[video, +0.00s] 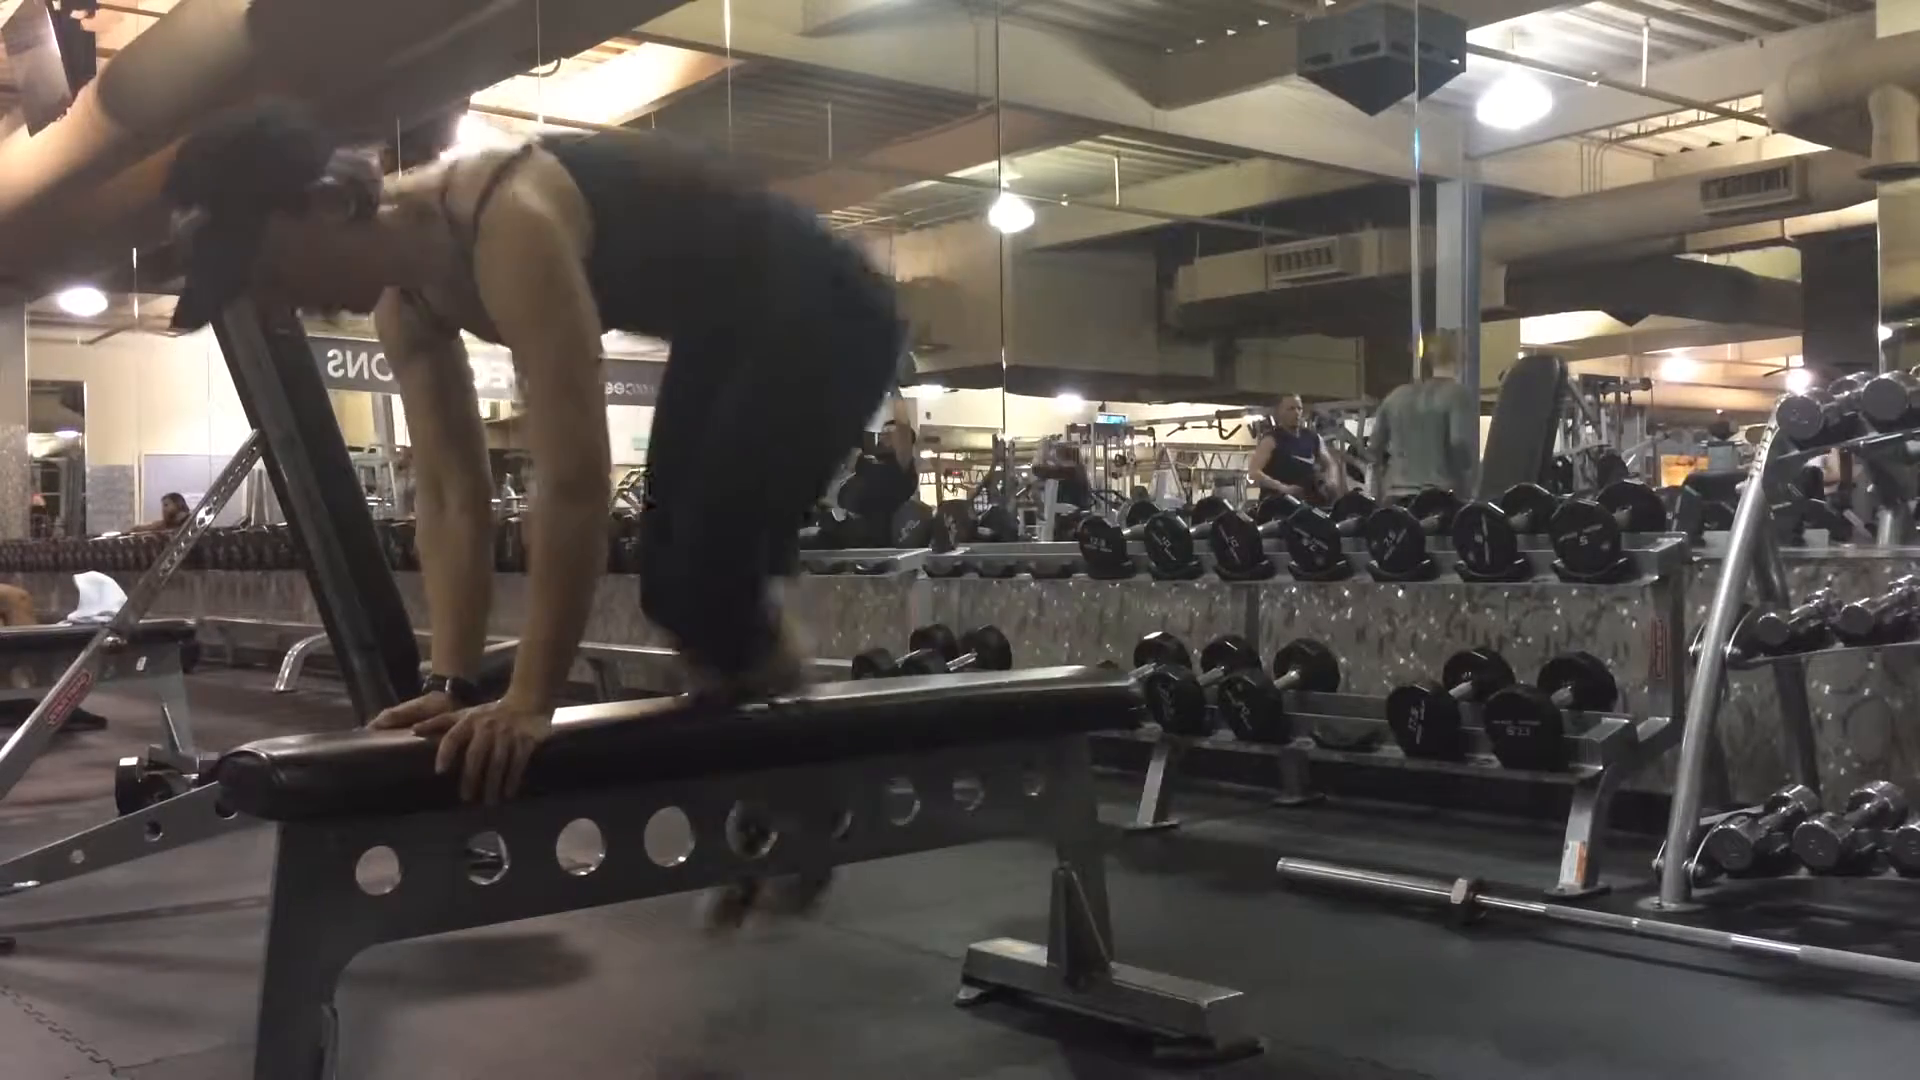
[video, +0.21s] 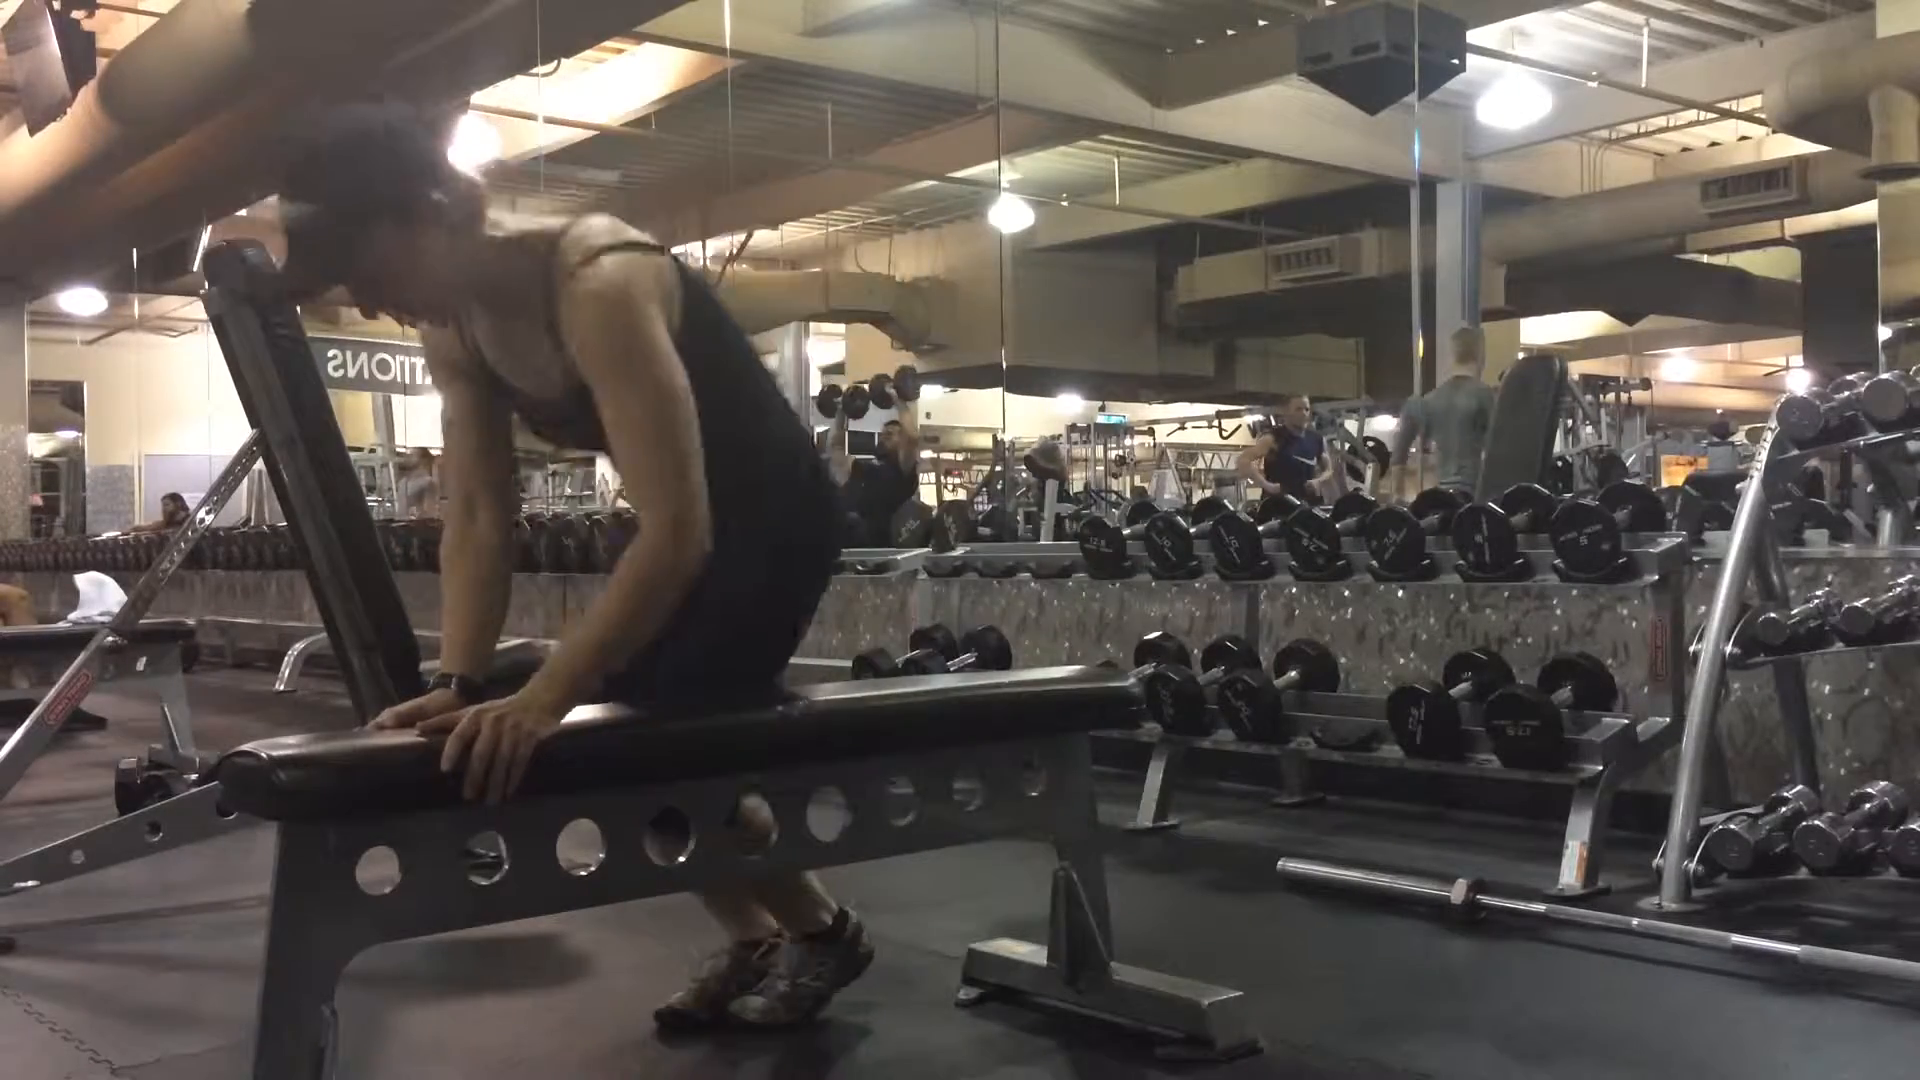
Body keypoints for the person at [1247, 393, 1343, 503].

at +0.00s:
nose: (1297, 413)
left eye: (1299, 408)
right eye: (1291, 409)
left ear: (1303, 411)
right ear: (1278, 412)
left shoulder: (1313, 438)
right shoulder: (1271, 440)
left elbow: (1330, 464)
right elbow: (1254, 472)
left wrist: (1331, 483)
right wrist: (1283, 488)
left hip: (1310, 503)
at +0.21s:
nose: (1304, 414)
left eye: (1307, 410)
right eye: (1298, 409)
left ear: (1310, 412)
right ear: (1285, 411)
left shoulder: (1316, 440)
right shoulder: (1273, 438)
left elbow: (1328, 470)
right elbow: (1243, 461)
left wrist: (1317, 482)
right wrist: (1266, 485)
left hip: (1307, 505)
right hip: (1277, 506)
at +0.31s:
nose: (1309, 416)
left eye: (1311, 413)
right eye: (1303, 412)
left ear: (1314, 415)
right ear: (1289, 413)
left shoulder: (1317, 442)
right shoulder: (1275, 440)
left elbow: (1329, 473)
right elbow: (1243, 460)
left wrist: (1314, 486)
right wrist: (1258, 489)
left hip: (1304, 505)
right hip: (1276, 504)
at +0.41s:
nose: (1312, 422)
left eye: (1315, 418)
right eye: (1308, 416)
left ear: (1318, 420)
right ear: (1293, 416)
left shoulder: (1321, 446)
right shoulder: (1278, 441)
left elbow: (1332, 476)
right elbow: (1241, 461)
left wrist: (1315, 489)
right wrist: (1256, 492)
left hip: (1302, 508)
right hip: (1273, 507)